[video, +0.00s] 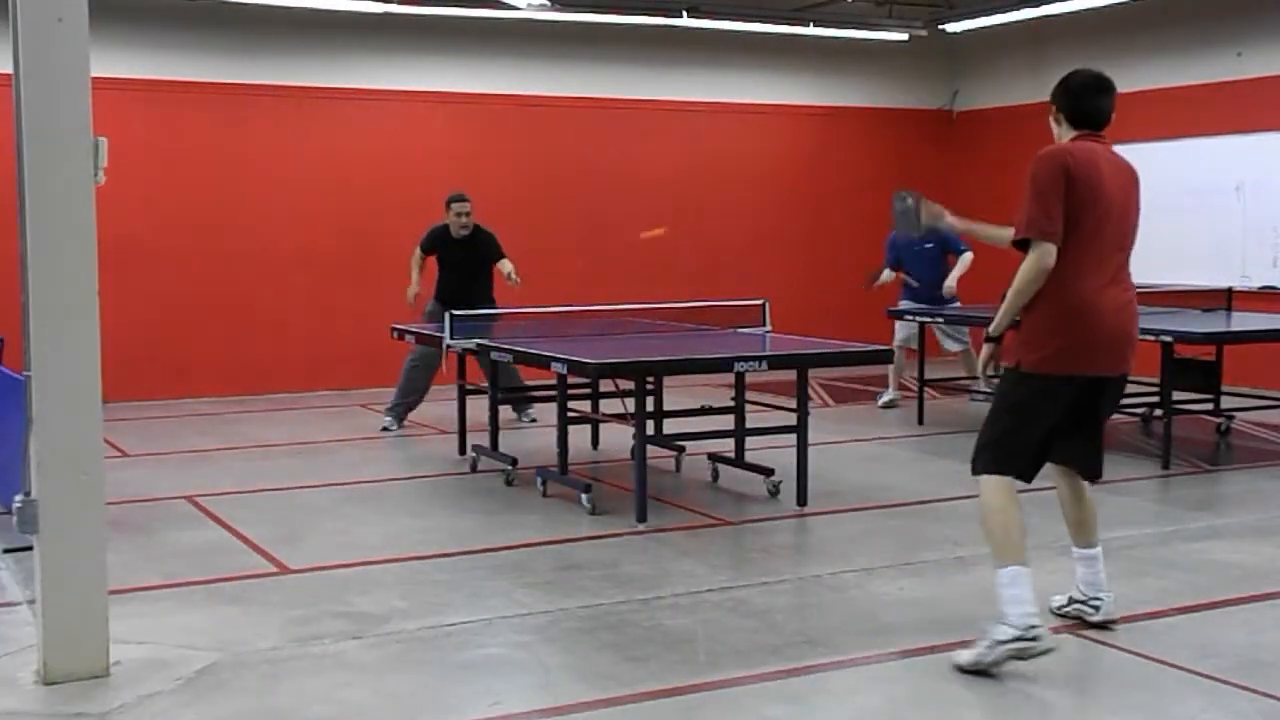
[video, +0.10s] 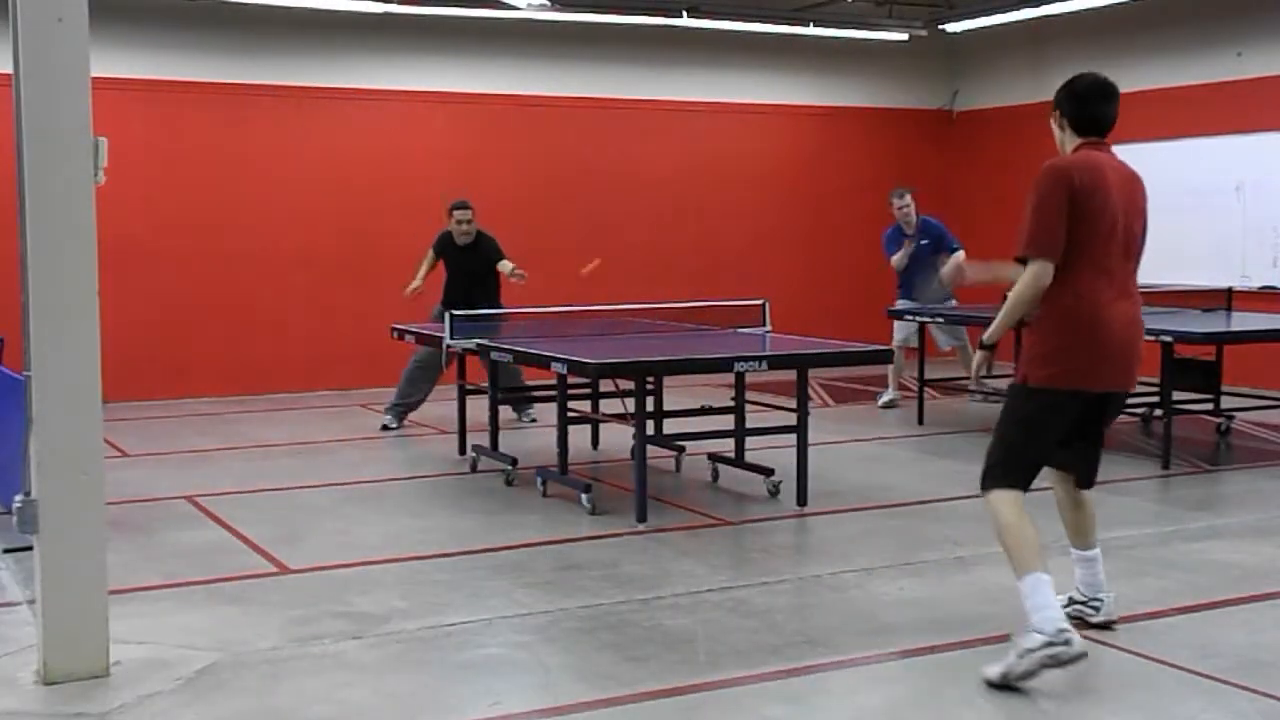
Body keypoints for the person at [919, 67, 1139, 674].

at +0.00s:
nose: (1048, 121)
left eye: (1049, 113)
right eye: (1052, 114)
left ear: (1056, 116)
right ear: (1107, 119)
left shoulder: (1054, 162)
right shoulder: (1123, 171)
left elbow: (1042, 258)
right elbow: (1040, 238)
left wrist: (995, 331)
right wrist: (958, 227)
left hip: (1055, 342)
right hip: (1113, 344)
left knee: (994, 468)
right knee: (1068, 463)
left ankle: (1016, 620)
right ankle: (1093, 593)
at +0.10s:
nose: (1051, 126)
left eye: (1052, 118)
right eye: (1054, 118)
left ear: (1060, 121)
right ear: (1111, 124)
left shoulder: (1061, 174)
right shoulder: (1130, 180)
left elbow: (1039, 271)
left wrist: (991, 337)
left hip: (1062, 359)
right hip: (1118, 361)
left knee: (1001, 485)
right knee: (1067, 473)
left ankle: (1045, 626)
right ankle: (1092, 594)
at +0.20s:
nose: (1050, 132)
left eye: (1051, 124)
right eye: (1053, 123)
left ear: (1062, 128)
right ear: (1112, 131)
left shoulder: (1064, 186)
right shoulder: (1139, 191)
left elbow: (1036, 289)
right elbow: (1134, 282)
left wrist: (985, 345)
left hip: (1066, 372)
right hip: (1122, 373)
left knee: (1013, 503)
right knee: (1073, 484)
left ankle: (1070, 646)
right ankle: (1093, 596)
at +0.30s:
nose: (1050, 134)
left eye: (1051, 126)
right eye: (1054, 124)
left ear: (1062, 130)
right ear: (1114, 130)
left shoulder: (1058, 188)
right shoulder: (1150, 193)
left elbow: (1029, 292)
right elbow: (1159, 288)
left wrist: (985, 358)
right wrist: (1107, 323)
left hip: (1073, 380)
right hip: (1141, 379)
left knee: (1020, 519)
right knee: (1097, 483)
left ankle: (1080, 670)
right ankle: (1098, 599)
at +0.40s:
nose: (1060, 132)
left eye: (1061, 123)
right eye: (1064, 122)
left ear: (1072, 127)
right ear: (1126, 128)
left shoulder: (1061, 188)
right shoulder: (1166, 192)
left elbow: (1032, 291)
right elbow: (1182, 291)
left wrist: (993, 358)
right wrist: (1137, 336)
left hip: (1081, 384)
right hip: (1157, 383)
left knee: (1022, 524)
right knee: (1125, 491)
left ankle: (1078, 672)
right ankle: (1128, 614)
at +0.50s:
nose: (1078, 115)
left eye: (1080, 107)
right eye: (1082, 105)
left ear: (1092, 112)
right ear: (1147, 113)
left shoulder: (1081, 169)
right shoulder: (1184, 176)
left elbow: (1065, 270)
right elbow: (1189, 283)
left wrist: (1010, 352)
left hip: (1100, 374)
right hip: (1178, 375)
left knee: (1029, 511)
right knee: (1159, 491)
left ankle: (1077, 672)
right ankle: (1194, 638)